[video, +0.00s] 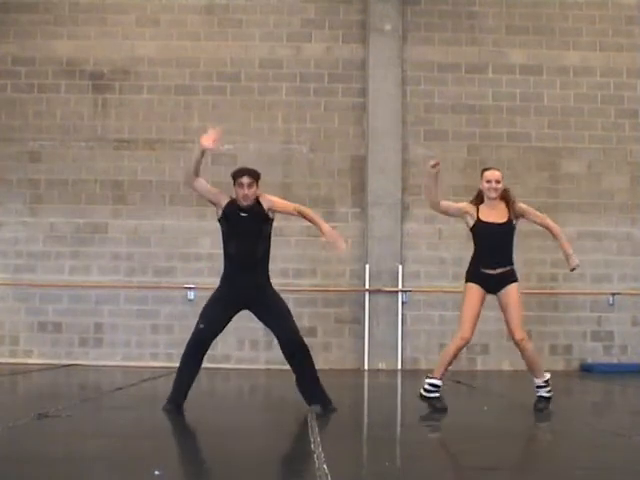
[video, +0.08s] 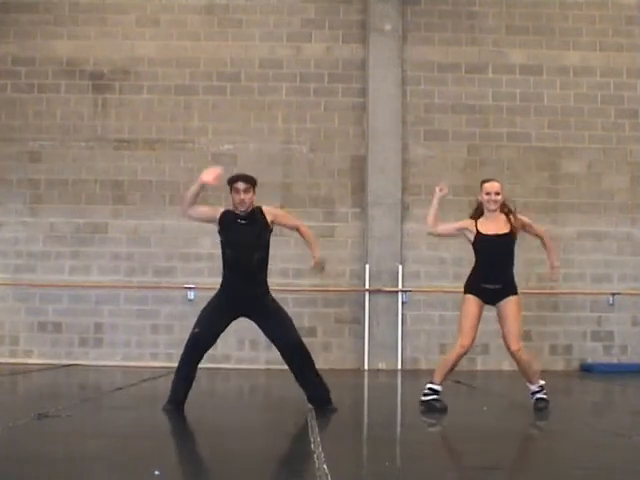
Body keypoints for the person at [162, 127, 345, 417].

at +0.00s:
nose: (246, 191)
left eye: (250, 187)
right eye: (241, 186)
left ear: (257, 188)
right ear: (234, 188)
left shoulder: (267, 204)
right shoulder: (224, 204)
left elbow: (301, 211)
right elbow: (193, 180)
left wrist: (326, 229)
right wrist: (201, 152)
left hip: (261, 292)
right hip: (229, 292)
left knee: (292, 341)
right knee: (199, 340)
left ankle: (317, 398)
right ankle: (176, 399)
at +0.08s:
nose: (243, 197)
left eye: (247, 192)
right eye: (237, 192)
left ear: (254, 194)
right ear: (231, 195)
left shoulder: (267, 215)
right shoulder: (221, 216)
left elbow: (300, 226)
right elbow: (187, 209)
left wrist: (316, 254)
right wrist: (200, 183)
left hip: (260, 300)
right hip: (227, 300)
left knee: (294, 348)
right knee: (196, 343)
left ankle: (322, 403)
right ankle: (175, 403)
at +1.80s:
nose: (222, 188)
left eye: (224, 183)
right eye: (219, 183)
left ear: (210, 185)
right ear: (202, 183)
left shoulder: (205, 209)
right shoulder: (182, 204)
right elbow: (141, 214)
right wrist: (105, 224)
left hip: (183, 281)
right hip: (168, 279)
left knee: (177, 336)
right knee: (174, 335)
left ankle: (152, 390)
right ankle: (133, 386)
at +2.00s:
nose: (202, 224)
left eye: (202, 219)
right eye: (200, 218)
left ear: (183, 215)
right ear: (186, 216)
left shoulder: (160, 226)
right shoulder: (183, 236)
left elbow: (145, 207)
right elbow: (221, 237)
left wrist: (131, 188)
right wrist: (253, 228)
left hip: (136, 303)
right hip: (139, 306)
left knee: (165, 349)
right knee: (96, 347)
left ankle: (135, 402)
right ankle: (34, 379)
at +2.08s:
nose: (193, 246)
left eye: (194, 241)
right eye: (192, 240)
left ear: (173, 232)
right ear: (181, 236)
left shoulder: (148, 241)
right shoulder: (177, 263)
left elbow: (143, 204)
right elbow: (219, 273)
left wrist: (138, 167)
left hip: (126, 319)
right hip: (128, 323)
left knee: (163, 351)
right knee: (82, 357)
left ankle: (136, 403)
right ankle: (19, 382)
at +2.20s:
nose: (181, 272)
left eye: (183, 267)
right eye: (182, 267)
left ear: (161, 257)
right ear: (172, 263)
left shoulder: (140, 265)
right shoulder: (167, 291)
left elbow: (153, 231)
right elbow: (194, 323)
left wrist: (174, 206)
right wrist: (223, 348)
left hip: (110, 335)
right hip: (121, 346)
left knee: (156, 350)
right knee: (75, 384)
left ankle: (135, 403)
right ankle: (8, 394)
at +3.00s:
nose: (188, 273)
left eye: (190, 272)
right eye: (191, 273)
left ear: (195, 276)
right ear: (208, 286)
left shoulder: (185, 278)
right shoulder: (203, 310)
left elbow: (173, 280)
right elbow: (208, 357)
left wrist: (152, 307)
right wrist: (212, 400)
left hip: (154, 348)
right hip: (171, 358)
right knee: (97, 384)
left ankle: (192, 399)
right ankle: (34, 407)